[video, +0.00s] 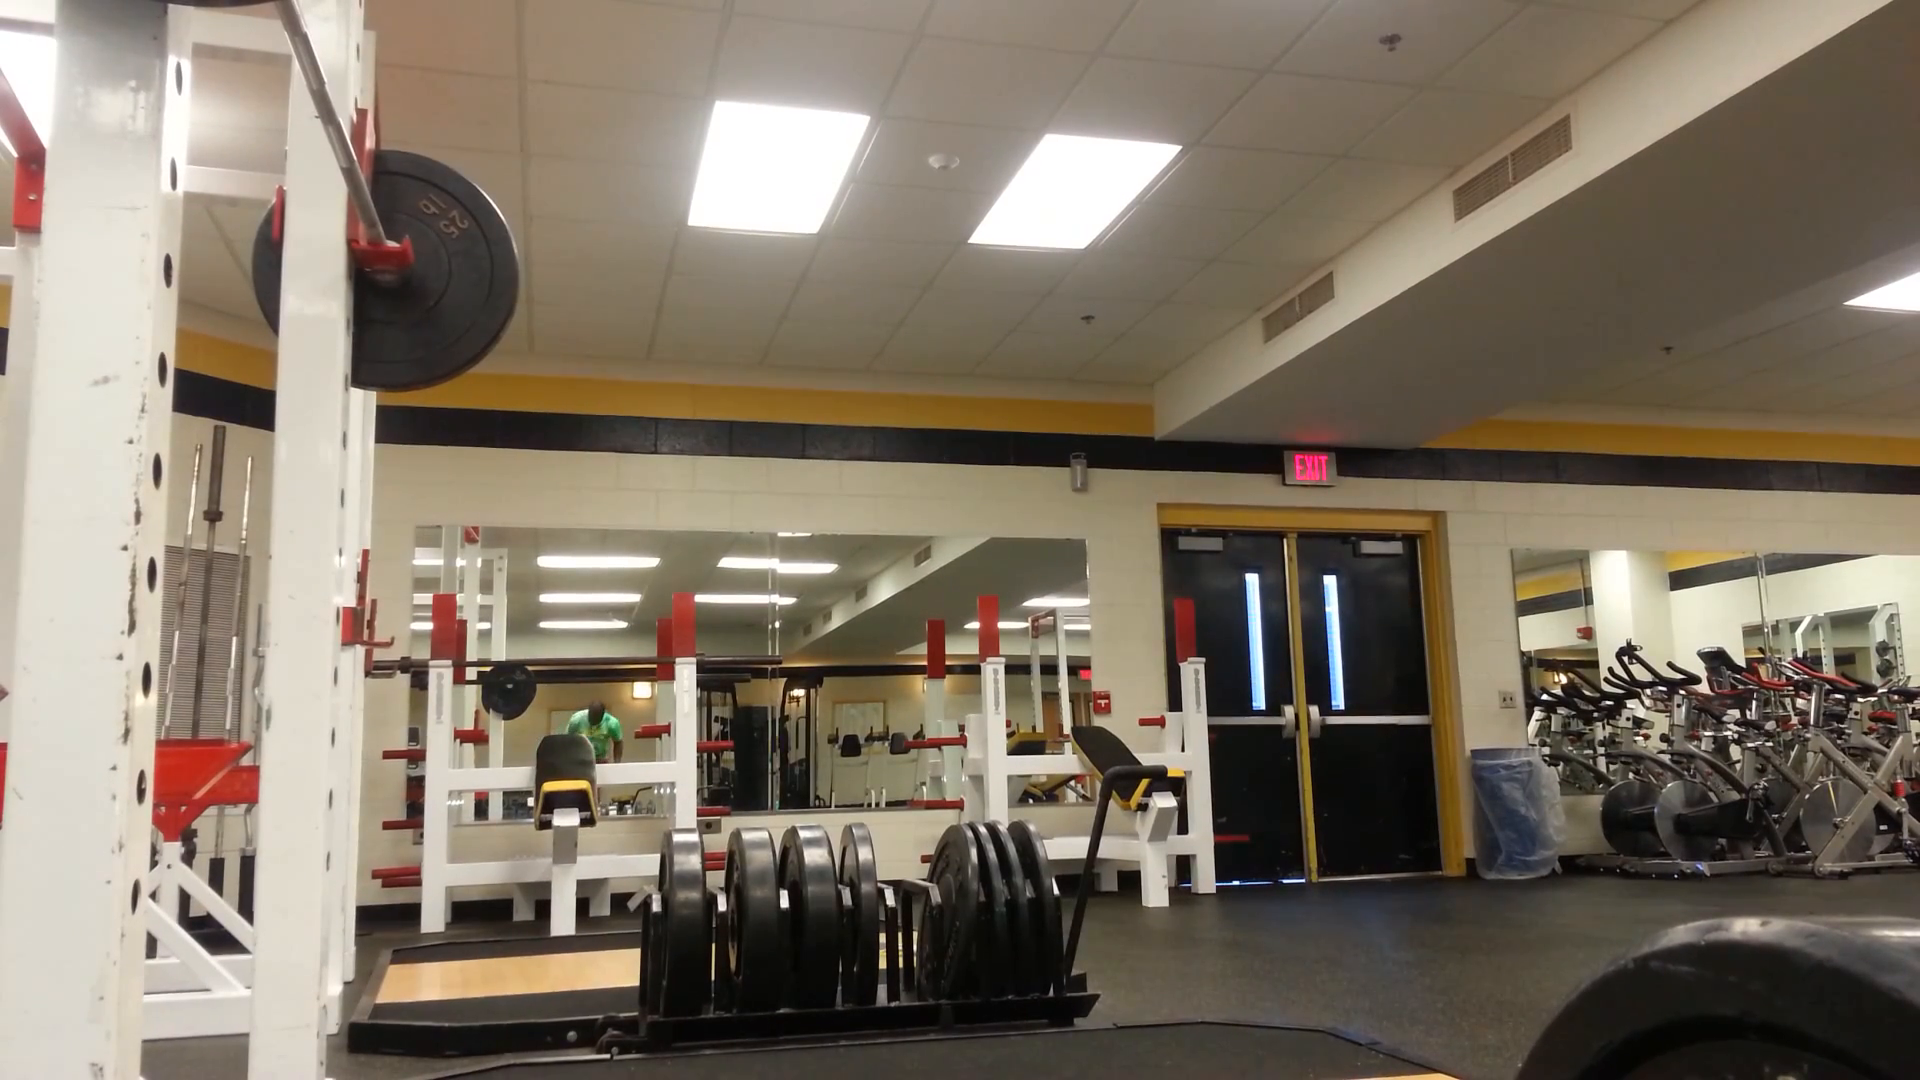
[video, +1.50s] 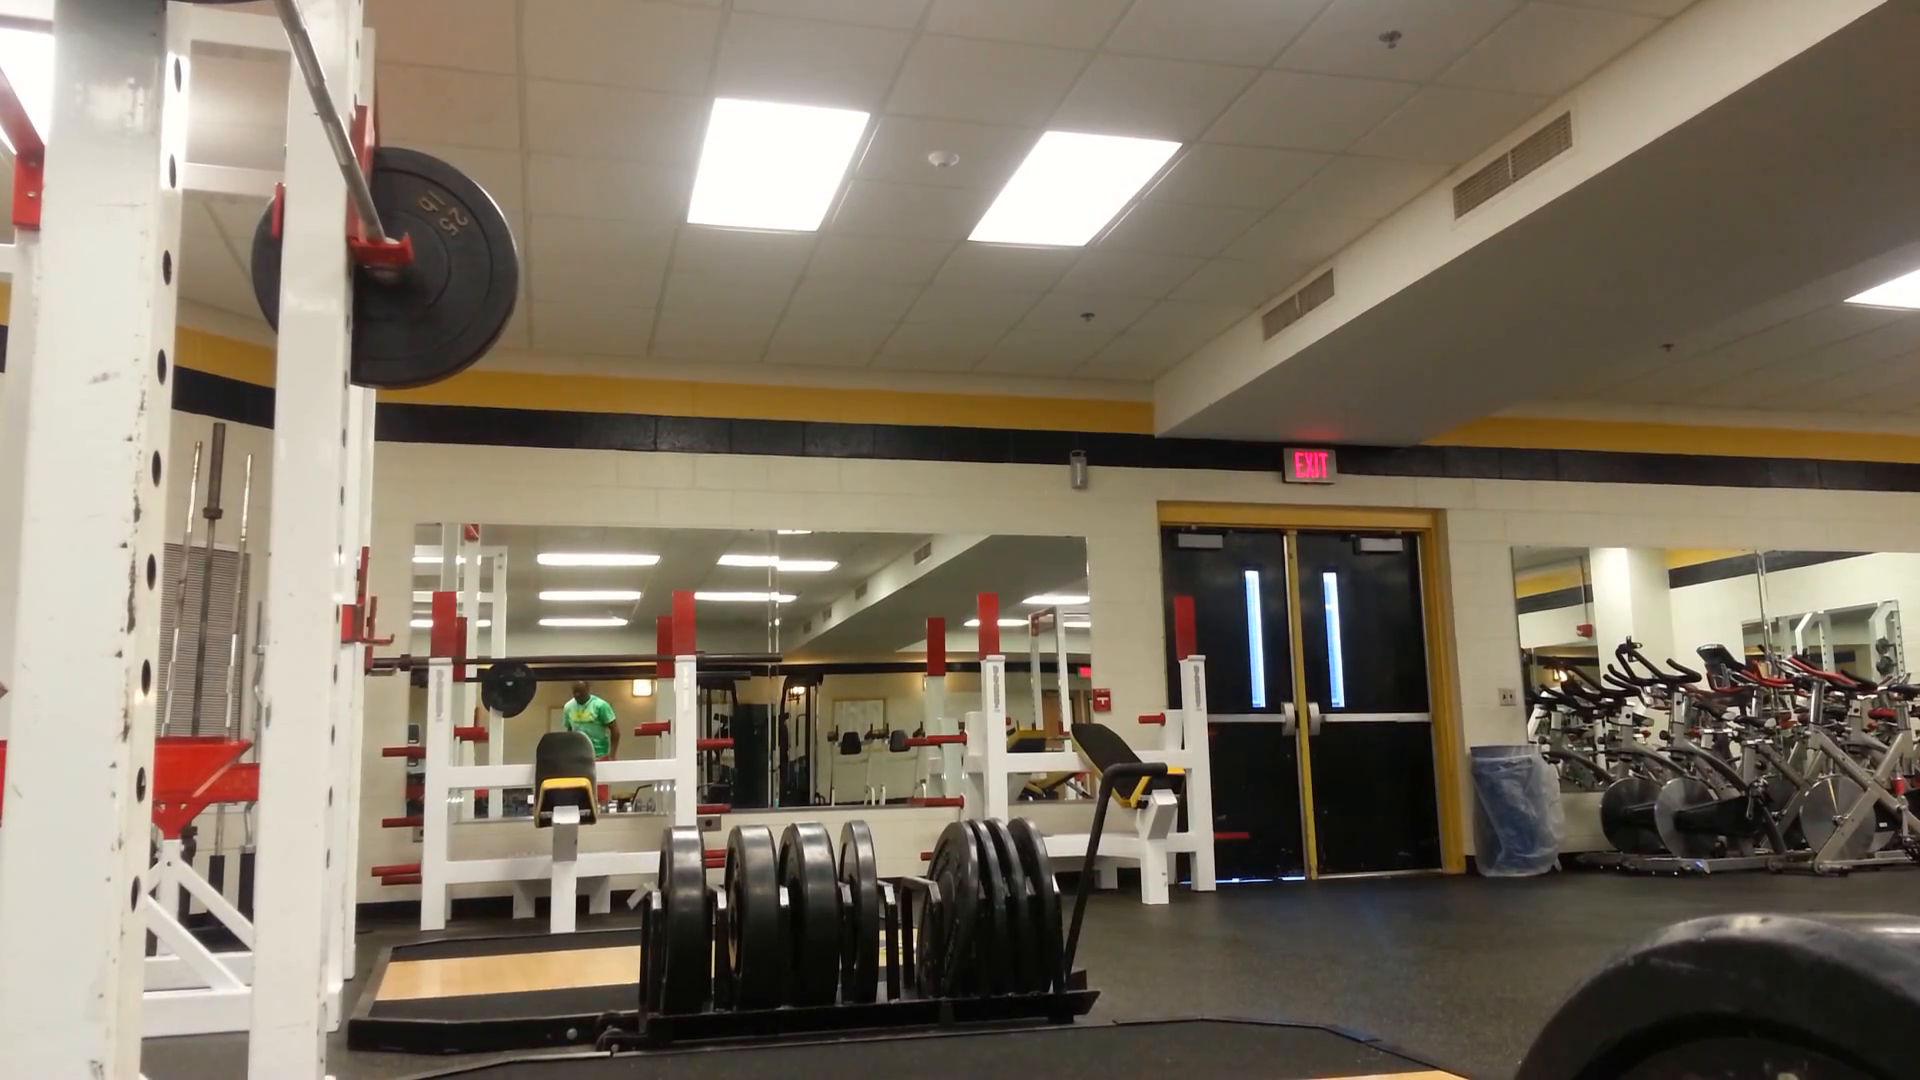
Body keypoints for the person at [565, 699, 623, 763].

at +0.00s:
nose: (593, 722)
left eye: (596, 720)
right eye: (591, 719)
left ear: (602, 716)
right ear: (588, 714)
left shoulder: (612, 724)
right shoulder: (576, 720)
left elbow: (618, 743)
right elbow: (569, 741)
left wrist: (617, 764)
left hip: (601, 759)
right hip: (580, 759)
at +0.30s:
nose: (596, 711)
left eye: (599, 708)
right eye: (593, 708)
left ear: (604, 705)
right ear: (590, 705)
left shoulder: (614, 717)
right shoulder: (578, 716)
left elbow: (618, 738)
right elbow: (569, 739)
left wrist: (617, 762)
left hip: (603, 760)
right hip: (582, 760)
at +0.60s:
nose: (591, 708)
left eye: (594, 705)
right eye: (588, 705)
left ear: (599, 702)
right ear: (584, 703)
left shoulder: (611, 714)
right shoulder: (574, 716)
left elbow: (616, 736)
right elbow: (567, 740)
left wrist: (616, 761)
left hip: (602, 761)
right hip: (580, 761)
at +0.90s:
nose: (585, 701)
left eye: (587, 698)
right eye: (582, 698)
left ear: (593, 696)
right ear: (578, 697)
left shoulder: (606, 709)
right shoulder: (570, 712)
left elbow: (613, 730)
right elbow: (564, 737)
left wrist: (610, 756)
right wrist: (565, 757)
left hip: (600, 759)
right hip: (578, 759)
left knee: (599, 795)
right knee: (579, 794)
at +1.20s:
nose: (586, 698)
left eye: (589, 695)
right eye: (583, 695)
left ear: (595, 693)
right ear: (579, 695)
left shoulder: (608, 708)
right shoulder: (573, 710)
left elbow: (618, 731)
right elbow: (570, 736)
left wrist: (614, 756)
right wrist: (571, 756)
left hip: (604, 760)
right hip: (582, 759)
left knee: (603, 799)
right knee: (583, 797)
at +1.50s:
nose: (577, 695)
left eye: (580, 691)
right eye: (575, 691)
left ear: (588, 689)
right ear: (572, 691)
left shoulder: (601, 706)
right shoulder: (568, 707)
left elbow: (615, 730)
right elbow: (569, 732)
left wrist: (612, 756)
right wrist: (569, 754)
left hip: (600, 757)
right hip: (578, 757)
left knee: (601, 797)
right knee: (580, 794)